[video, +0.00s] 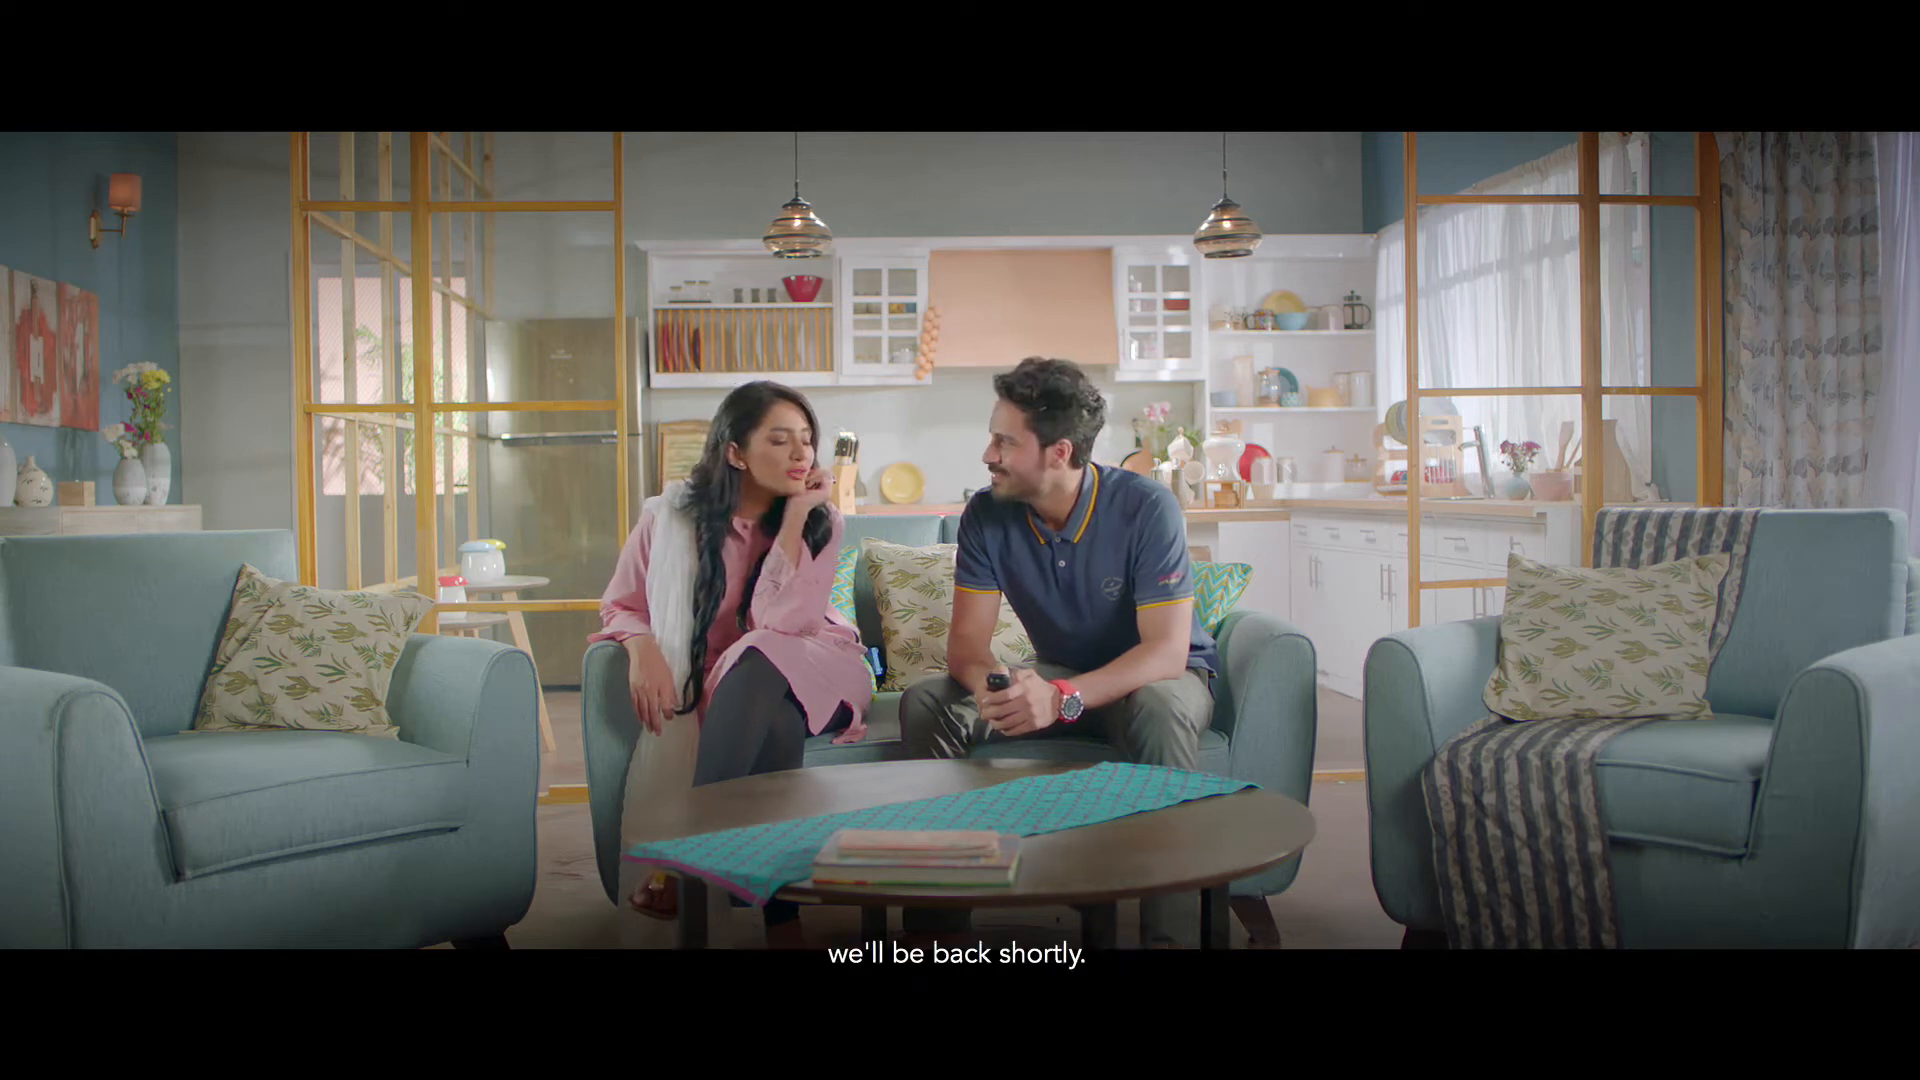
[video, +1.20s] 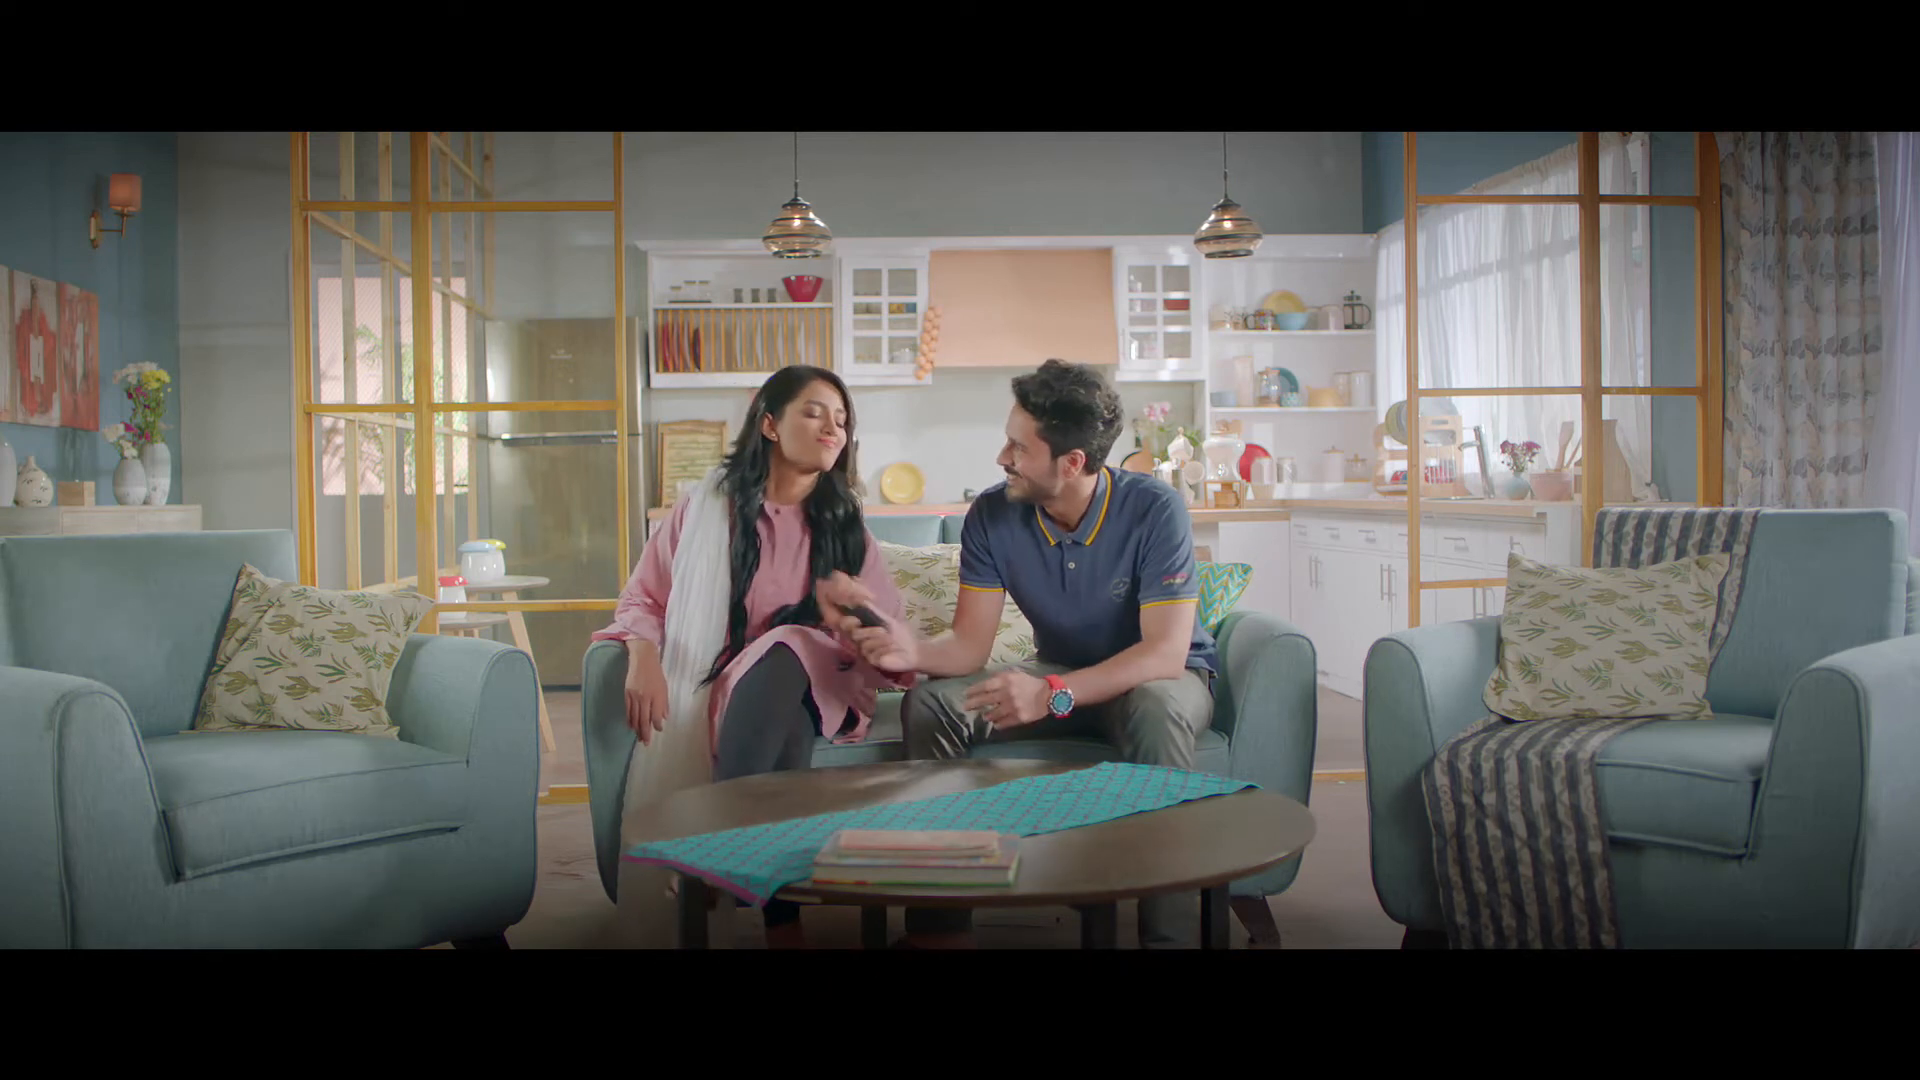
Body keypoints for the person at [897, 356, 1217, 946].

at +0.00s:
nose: (988, 455)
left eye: (1005, 444)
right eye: (992, 439)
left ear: (1059, 453)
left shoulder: (1146, 509)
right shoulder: (987, 516)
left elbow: (1166, 654)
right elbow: (966, 646)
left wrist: (1063, 697)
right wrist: (995, 686)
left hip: (1156, 679)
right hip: (1060, 680)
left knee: (1158, 709)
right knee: (927, 703)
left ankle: (1170, 932)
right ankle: (939, 904)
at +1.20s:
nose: (1003, 458)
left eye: (1018, 449)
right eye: (1007, 441)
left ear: (1072, 463)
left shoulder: (1154, 509)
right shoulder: (992, 514)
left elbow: (1166, 654)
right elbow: (969, 642)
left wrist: (1052, 693)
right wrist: (913, 651)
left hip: (1157, 677)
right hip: (1061, 674)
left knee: (1155, 711)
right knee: (929, 703)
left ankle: (1166, 928)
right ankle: (940, 917)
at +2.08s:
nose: (1049, 486)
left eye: (1069, 474)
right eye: (1040, 465)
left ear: (1116, 459)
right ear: (1035, 442)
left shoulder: (1174, 508)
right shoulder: (1015, 503)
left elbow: (1169, 653)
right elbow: (1000, 619)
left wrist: (1057, 683)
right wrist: (970, 675)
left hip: (1154, 680)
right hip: (1058, 680)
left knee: (1153, 708)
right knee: (936, 705)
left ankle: (1172, 929)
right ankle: (949, 915)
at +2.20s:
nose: (1117, 495)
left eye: (1138, 479)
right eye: (1103, 471)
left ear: (1169, 467)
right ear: (1085, 448)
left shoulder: (1209, 525)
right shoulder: (1044, 492)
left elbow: (1195, 670)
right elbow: (1021, 612)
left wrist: (1096, 693)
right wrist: (1011, 676)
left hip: (1164, 673)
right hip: (1066, 658)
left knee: (1152, 731)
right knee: (954, 715)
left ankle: (1162, 922)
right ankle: (962, 916)